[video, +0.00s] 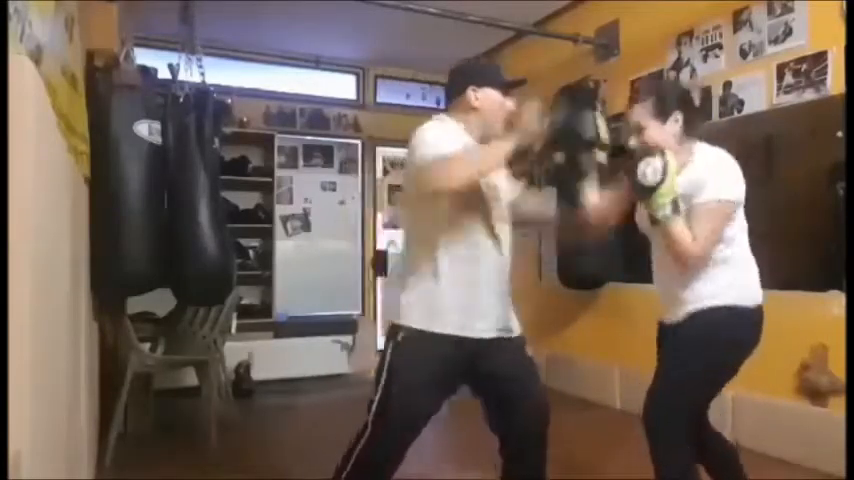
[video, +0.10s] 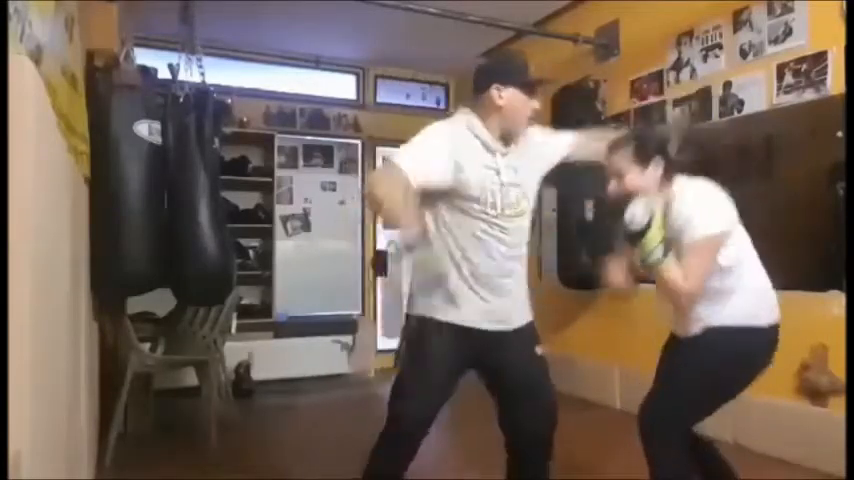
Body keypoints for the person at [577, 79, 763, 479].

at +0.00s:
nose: (635, 139)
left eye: (642, 128)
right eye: (632, 130)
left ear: (676, 121)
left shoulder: (717, 167)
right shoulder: (652, 169)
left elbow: (692, 255)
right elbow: (598, 215)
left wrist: (660, 200)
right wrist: (580, 162)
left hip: (726, 312)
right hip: (679, 316)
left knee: (663, 416)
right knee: (688, 421)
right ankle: (731, 471)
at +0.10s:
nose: (613, 187)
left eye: (620, 175)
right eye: (611, 178)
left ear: (655, 166)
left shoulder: (702, 200)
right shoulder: (647, 206)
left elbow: (686, 290)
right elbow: (621, 278)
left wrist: (653, 250)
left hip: (741, 329)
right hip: (694, 329)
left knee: (659, 421)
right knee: (660, 419)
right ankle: (713, 470)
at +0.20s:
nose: (598, 230)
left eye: (605, 219)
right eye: (597, 220)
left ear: (638, 212)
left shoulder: (679, 240)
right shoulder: (663, 242)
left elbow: (671, 333)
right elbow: (671, 331)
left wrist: (630, 293)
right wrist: (625, 301)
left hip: (751, 350)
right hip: (724, 345)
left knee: (654, 424)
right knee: (652, 418)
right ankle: (711, 472)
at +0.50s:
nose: (615, 198)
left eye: (617, 187)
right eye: (612, 188)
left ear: (639, 180)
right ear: (645, 181)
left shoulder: (659, 214)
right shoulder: (684, 202)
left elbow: (671, 294)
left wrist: (633, 264)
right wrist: (638, 256)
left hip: (724, 347)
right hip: (754, 345)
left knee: (629, 420)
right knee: (665, 427)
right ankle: (720, 473)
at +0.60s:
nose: (626, 182)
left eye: (627, 170)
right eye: (622, 173)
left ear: (652, 157)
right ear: (651, 160)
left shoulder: (698, 188)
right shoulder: (672, 201)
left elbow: (690, 272)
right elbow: (637, 263)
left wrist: (652, 231)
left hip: (730, 328)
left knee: (644, 417)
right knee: (669, 424)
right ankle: (722, 473)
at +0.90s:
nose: (618, 187)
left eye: (621, 176)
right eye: (615, 179)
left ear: (645, 168)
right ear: (648, 170)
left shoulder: (665, 200)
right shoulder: (685, 191)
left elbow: (656, 278)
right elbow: (692, 278)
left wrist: (626, 236)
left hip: (737, 325)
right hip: (766, 322)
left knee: (658, 417)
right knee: (686, 420)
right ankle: (730, 473)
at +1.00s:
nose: (616, 220)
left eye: (617, 210)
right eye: (613, 212)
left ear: (633, 204)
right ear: (656, 197)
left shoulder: (649, 231)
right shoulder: (688, 219)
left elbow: (642, 311)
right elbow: (678, 307)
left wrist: (617, 276)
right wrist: (632, 268)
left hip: (737, 345)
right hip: (783, 342)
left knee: (652, 422)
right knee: (689, 424)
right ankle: (731, 473)